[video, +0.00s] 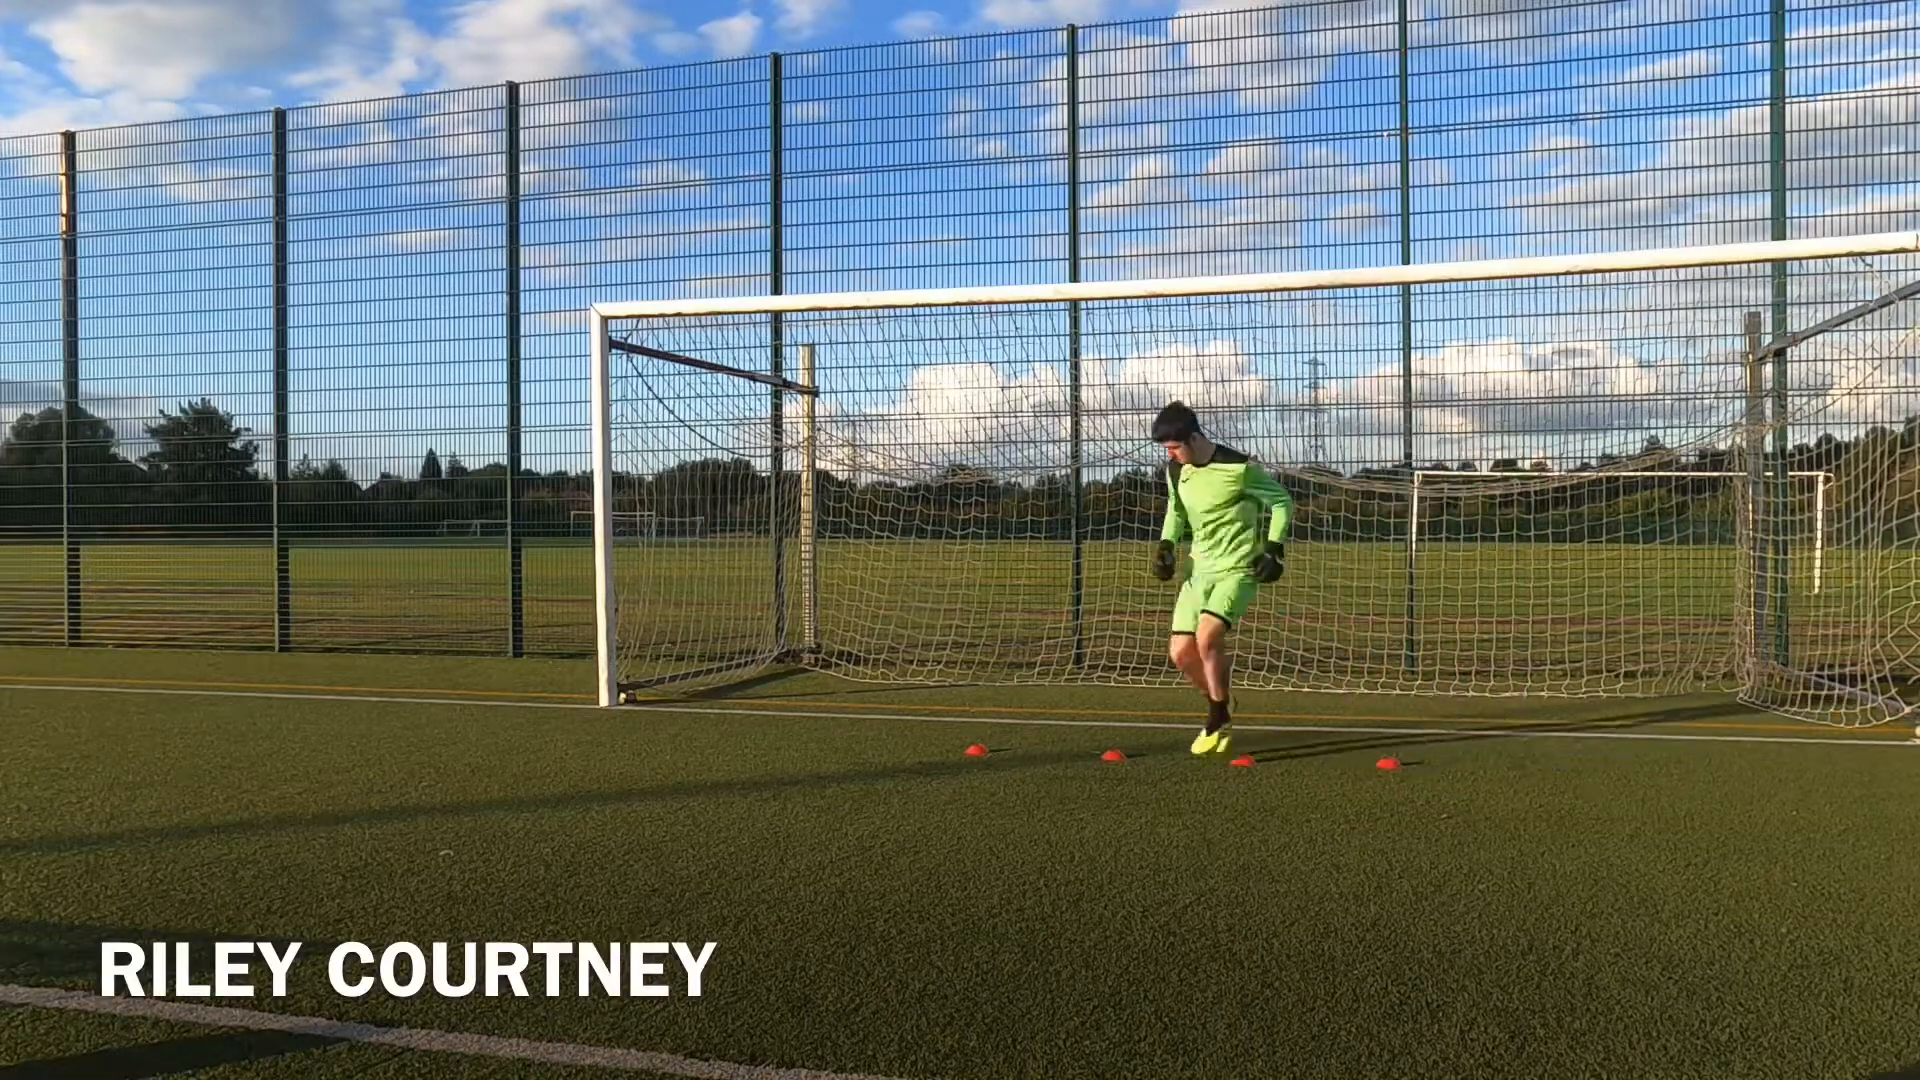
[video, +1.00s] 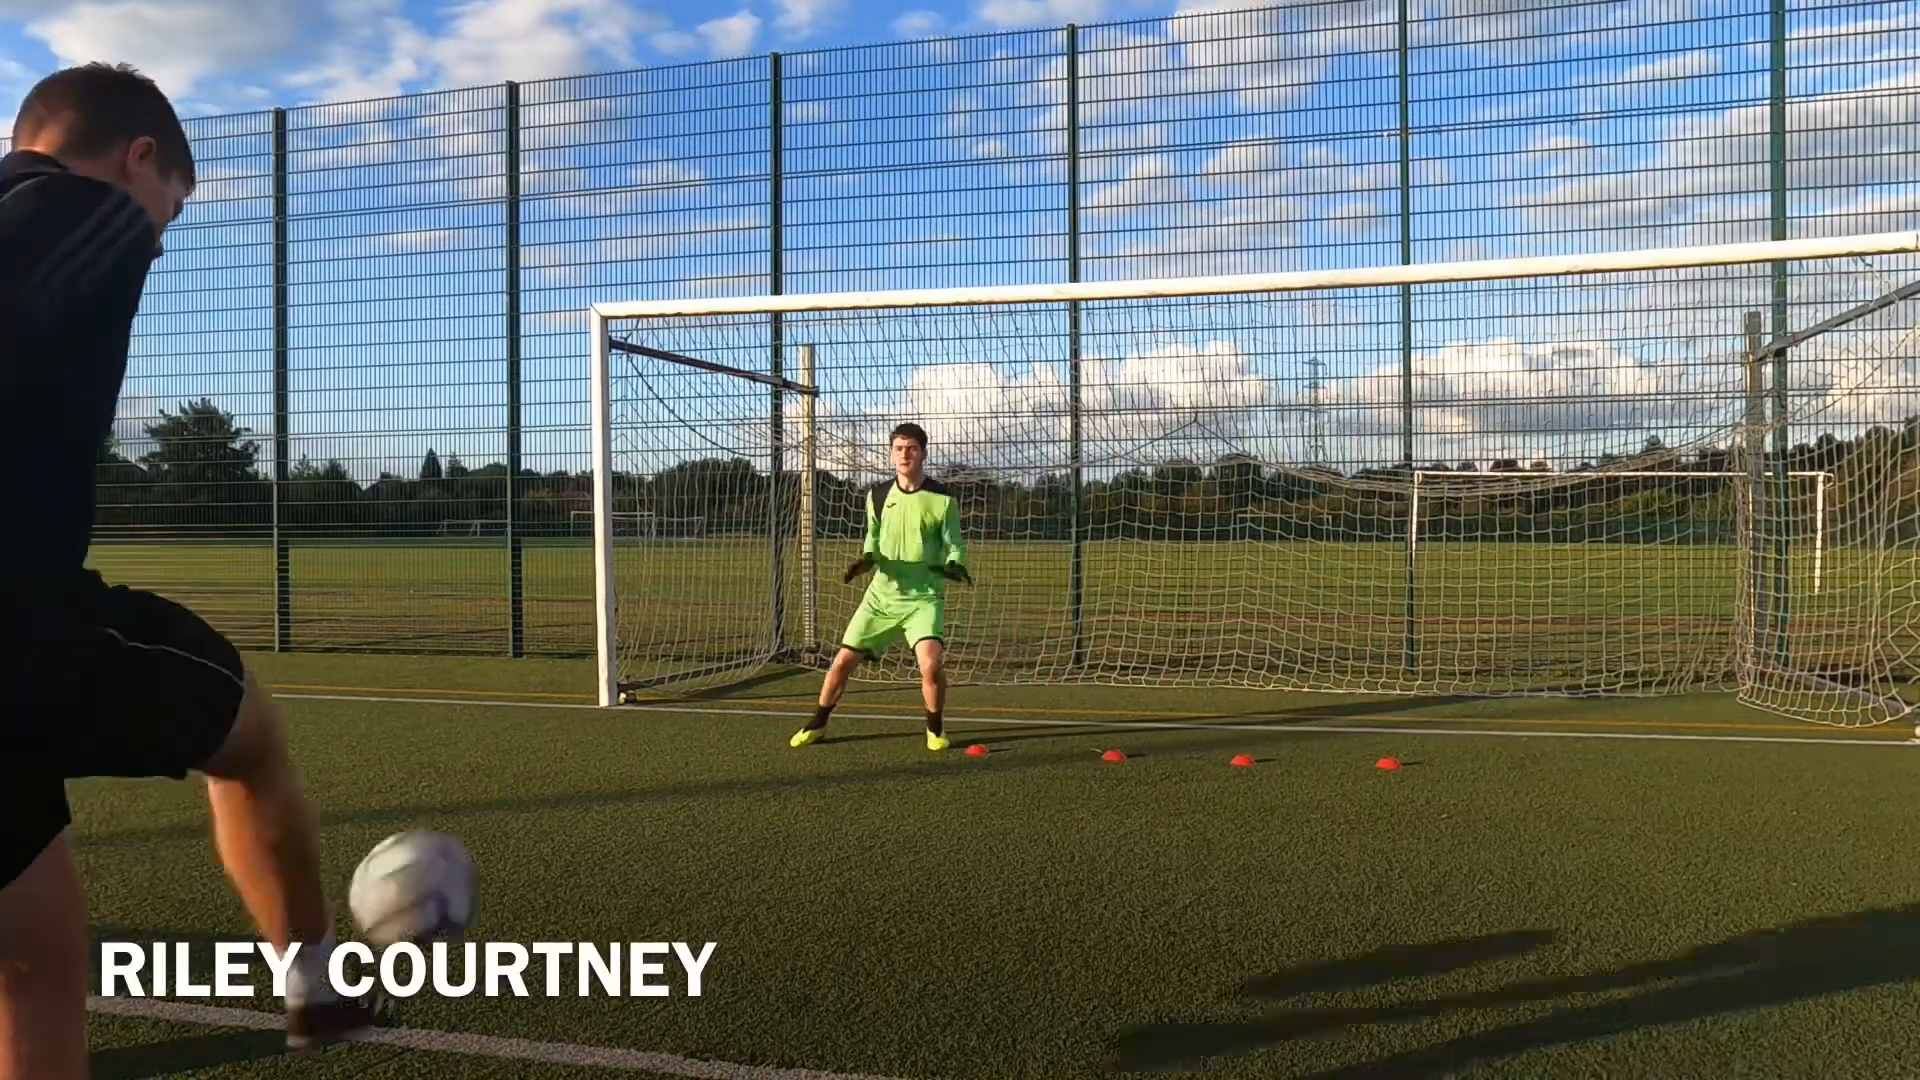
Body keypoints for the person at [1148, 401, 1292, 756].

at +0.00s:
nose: (1170, 455)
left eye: (1173, 447)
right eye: (1166, 449)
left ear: (1193, 436)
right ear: (1169, 443)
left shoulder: (1240, 467)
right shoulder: (1177, 472)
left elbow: (1281, 501)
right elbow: (1176, 510)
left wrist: (1274, 548)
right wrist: (1166, 545)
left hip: (1237, 568)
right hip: (1201, 569)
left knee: (1208, 637)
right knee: (1181, 651)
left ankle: (1218, 721)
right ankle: (1221, 703)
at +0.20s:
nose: (1116, 450)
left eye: (1122, 442)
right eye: (1110, 444)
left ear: (1140, 441)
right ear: (1105, 447)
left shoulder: (1168, 486)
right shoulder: (1107, 485)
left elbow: (1201, 532)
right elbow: (1098, 526)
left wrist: (1183, 569)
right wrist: (1085, 549)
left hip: (1155, 588)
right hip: (1118, 585)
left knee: (1150, 658)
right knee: (1090, 645)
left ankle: (1187, 746)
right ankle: (1092, 732)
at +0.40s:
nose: (1061, 433)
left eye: (1067, 426)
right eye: (1055, 427)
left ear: (1082, 428)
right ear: (1048, 431)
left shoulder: (1104, 475)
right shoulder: (1039, 470)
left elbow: (1134, 523)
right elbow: (1029, 510)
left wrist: (1116, 550)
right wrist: (1026, 532)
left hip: (1088, 579)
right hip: (1048, 573)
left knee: (1073, 662)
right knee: (1032, 637)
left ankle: (1091, 708)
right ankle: (1046, 715)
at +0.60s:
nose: (996, 435)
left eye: (1003, 429)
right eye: (991, 429)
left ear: (1017, 433)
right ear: (986, 435)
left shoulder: (1040, 482)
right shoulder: (972, 479)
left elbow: (1063, 527)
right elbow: (967, 524)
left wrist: (1058, 563)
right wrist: (967, 553)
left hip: (1026, 586)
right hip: (983, 581)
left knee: (1030, 662)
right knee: (960, 654)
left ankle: (1071, 719)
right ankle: (940, 714)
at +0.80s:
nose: (941, 438)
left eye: (948, 432)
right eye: (936, 432)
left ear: (961, 436)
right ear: (929, 437)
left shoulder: (986, 480)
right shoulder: (918, 476)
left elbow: (1013, 518)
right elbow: (911, 513)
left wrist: (1010, 555)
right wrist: (913, 544)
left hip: (971, 580)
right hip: (928, 577)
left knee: (975, 654)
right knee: (891, 642)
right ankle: (887, 707)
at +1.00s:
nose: (904, 455)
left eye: (911, 449)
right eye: (899, 449)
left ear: (923, 454)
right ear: (891, 455)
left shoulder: (943, 501)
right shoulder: (877, 497)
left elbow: (955, 545)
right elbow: (871, 540)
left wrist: (955, 565)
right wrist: (865, 560)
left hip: (923, 599)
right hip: (880, 597)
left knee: (931, 665)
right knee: (842, 662)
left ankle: (935, 729)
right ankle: (818, 723)